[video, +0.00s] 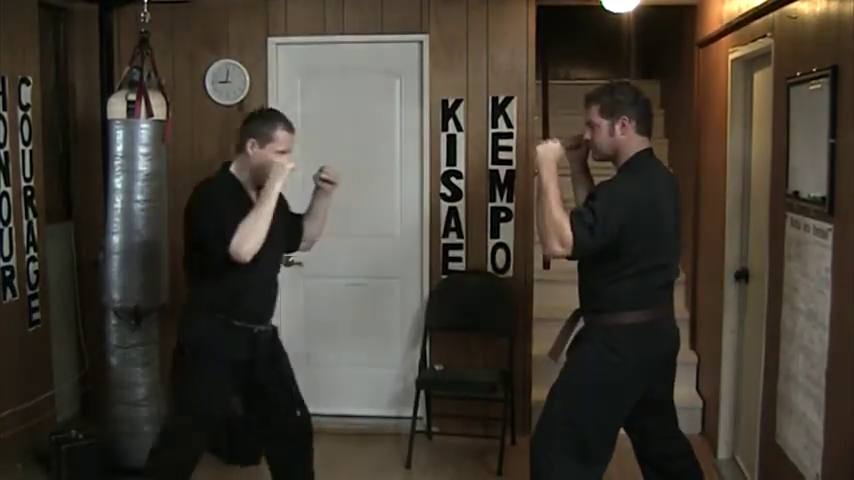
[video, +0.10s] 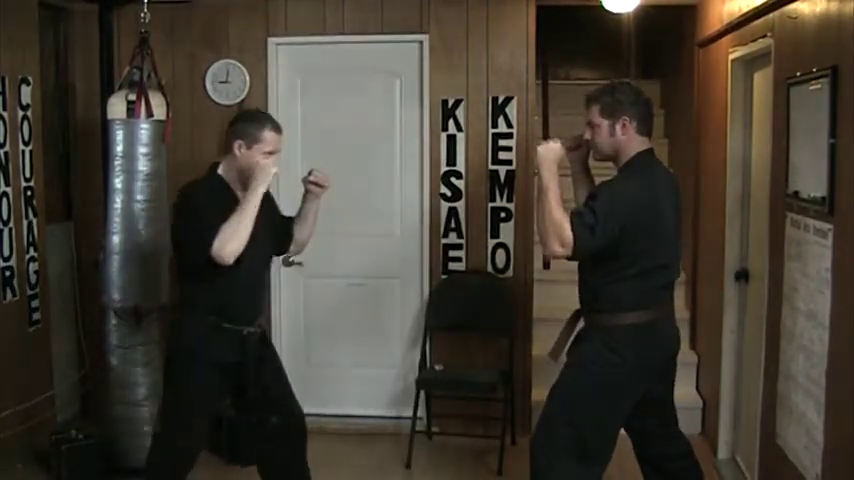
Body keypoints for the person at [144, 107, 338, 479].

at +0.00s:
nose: (285, 163)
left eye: (288, 154)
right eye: (280, 152)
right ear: (252, 148)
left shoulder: (262, 196)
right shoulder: (211, 194)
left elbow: (302, 239)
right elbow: (243, 249)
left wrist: (322, 196)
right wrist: (273, 187)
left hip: (259, 339)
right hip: (212, 338)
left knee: (293, 431)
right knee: (187, 435)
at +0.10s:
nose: (272, 164)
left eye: (275, 155)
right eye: (267, 154)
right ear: (238, 148)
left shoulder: (256, 196)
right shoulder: (196, 195)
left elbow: (290, 244)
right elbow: (224, 251)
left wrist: (311, 200)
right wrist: (256, 190)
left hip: (249, 340)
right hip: (201, 339)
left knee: (286, 430)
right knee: (180, 442)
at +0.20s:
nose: (266, 164)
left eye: (268, 155)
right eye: (259, 154)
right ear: (230, 150)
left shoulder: (253, 197)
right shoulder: (190, 199)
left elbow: (287, 246)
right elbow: (214, 254)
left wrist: (307, 201)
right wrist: (244, 191)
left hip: (249, 341)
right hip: (199, 342)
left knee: (288, 430)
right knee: (177, 444)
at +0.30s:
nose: (264, 164)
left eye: (267, 156)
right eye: (257, 154)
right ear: (228, 150)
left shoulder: (252, 197)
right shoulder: (188, 201)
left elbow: (287, 245)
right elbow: (212, 255)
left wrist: (307, 200)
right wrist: (241, 191)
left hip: (251, 342)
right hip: (201, 343)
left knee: (292, 428)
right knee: (182, 445)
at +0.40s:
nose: (265, 163)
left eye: (267, 154)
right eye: (258, 154)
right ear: (228, 150)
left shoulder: (252, 196)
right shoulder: (190, 199)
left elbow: (291, 241)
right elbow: (217, 252)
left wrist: (308, 196)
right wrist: (246, 190)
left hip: (252, 341)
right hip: (202, 342)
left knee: (293, 427)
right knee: (183, 446)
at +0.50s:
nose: (267, 163)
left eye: (268, 154)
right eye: (260, 153)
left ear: (235, 152)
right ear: (230, 151)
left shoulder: (251, 196)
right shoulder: (191, 198)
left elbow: (292, 240)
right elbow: (221, 251)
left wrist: (310, 193)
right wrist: (251, 188)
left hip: (252, 340)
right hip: (204, 341)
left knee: (293, 427)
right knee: (185, 443)